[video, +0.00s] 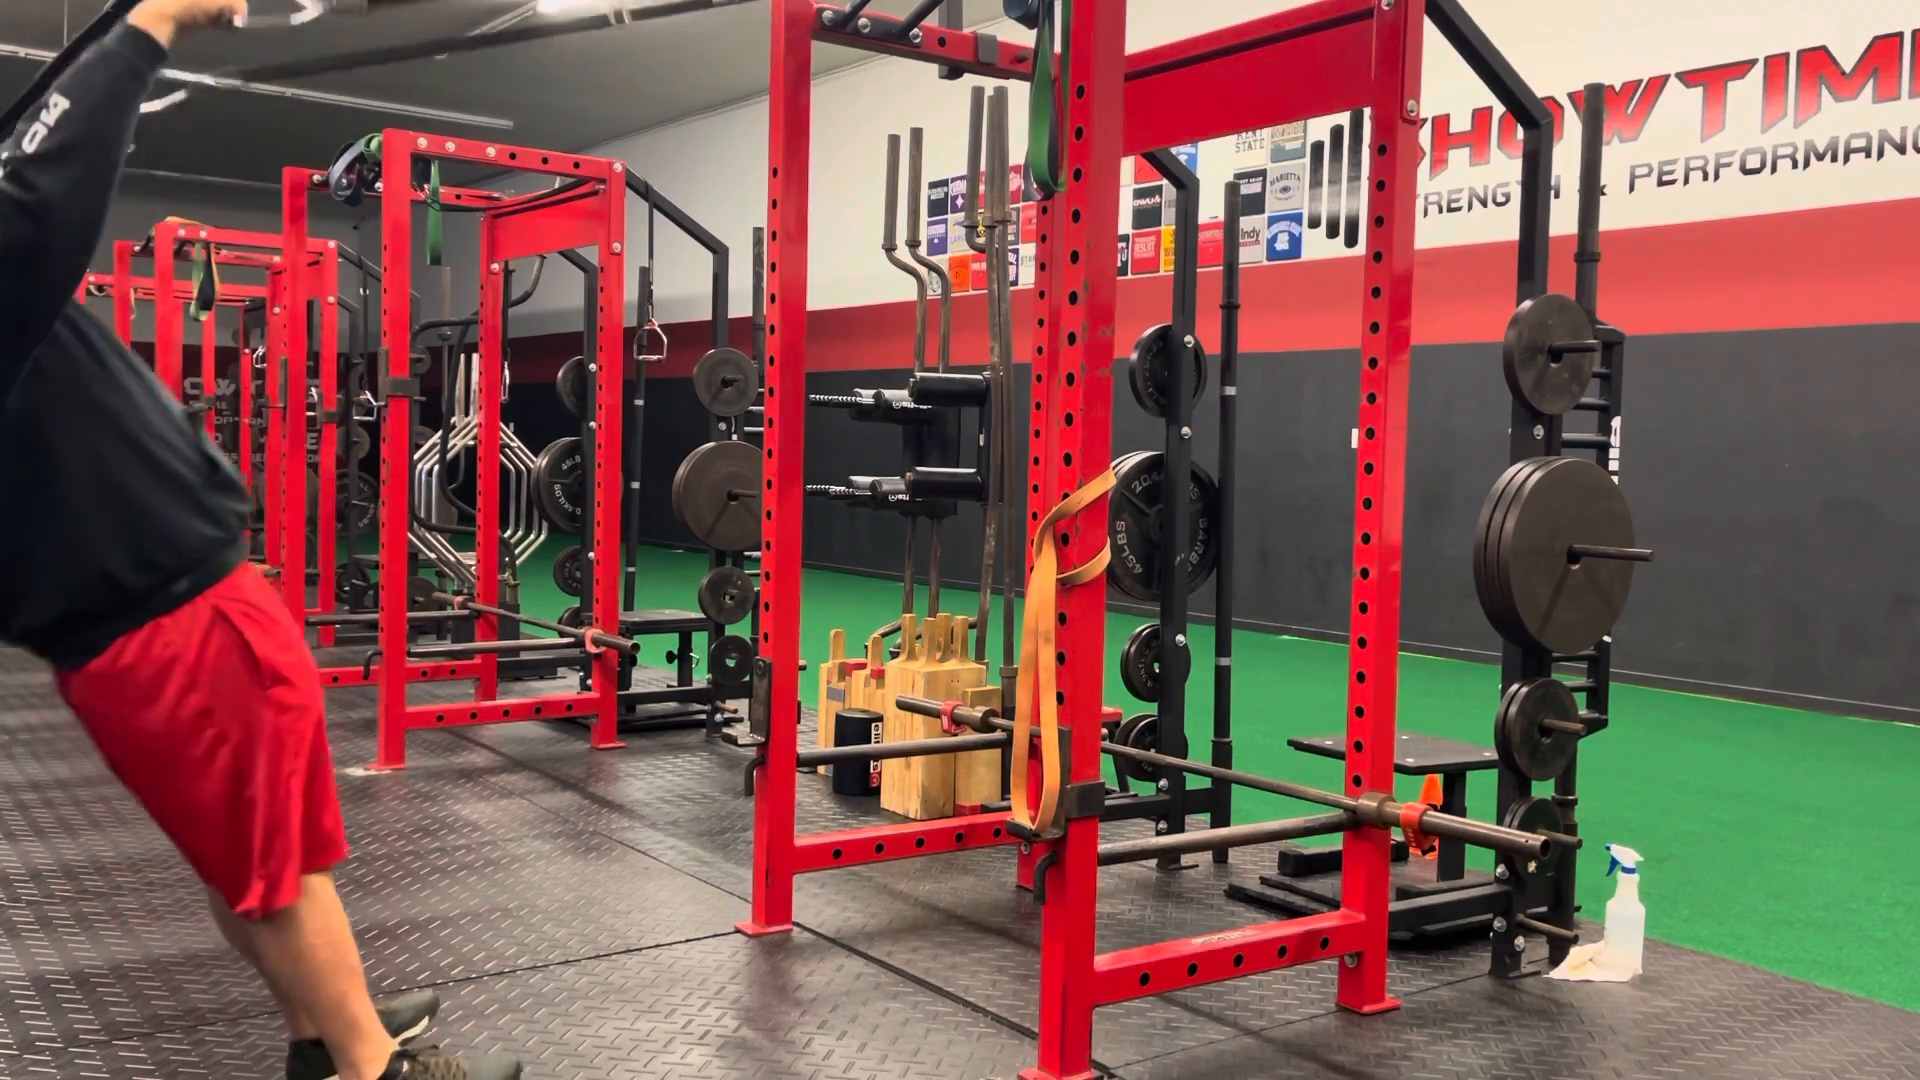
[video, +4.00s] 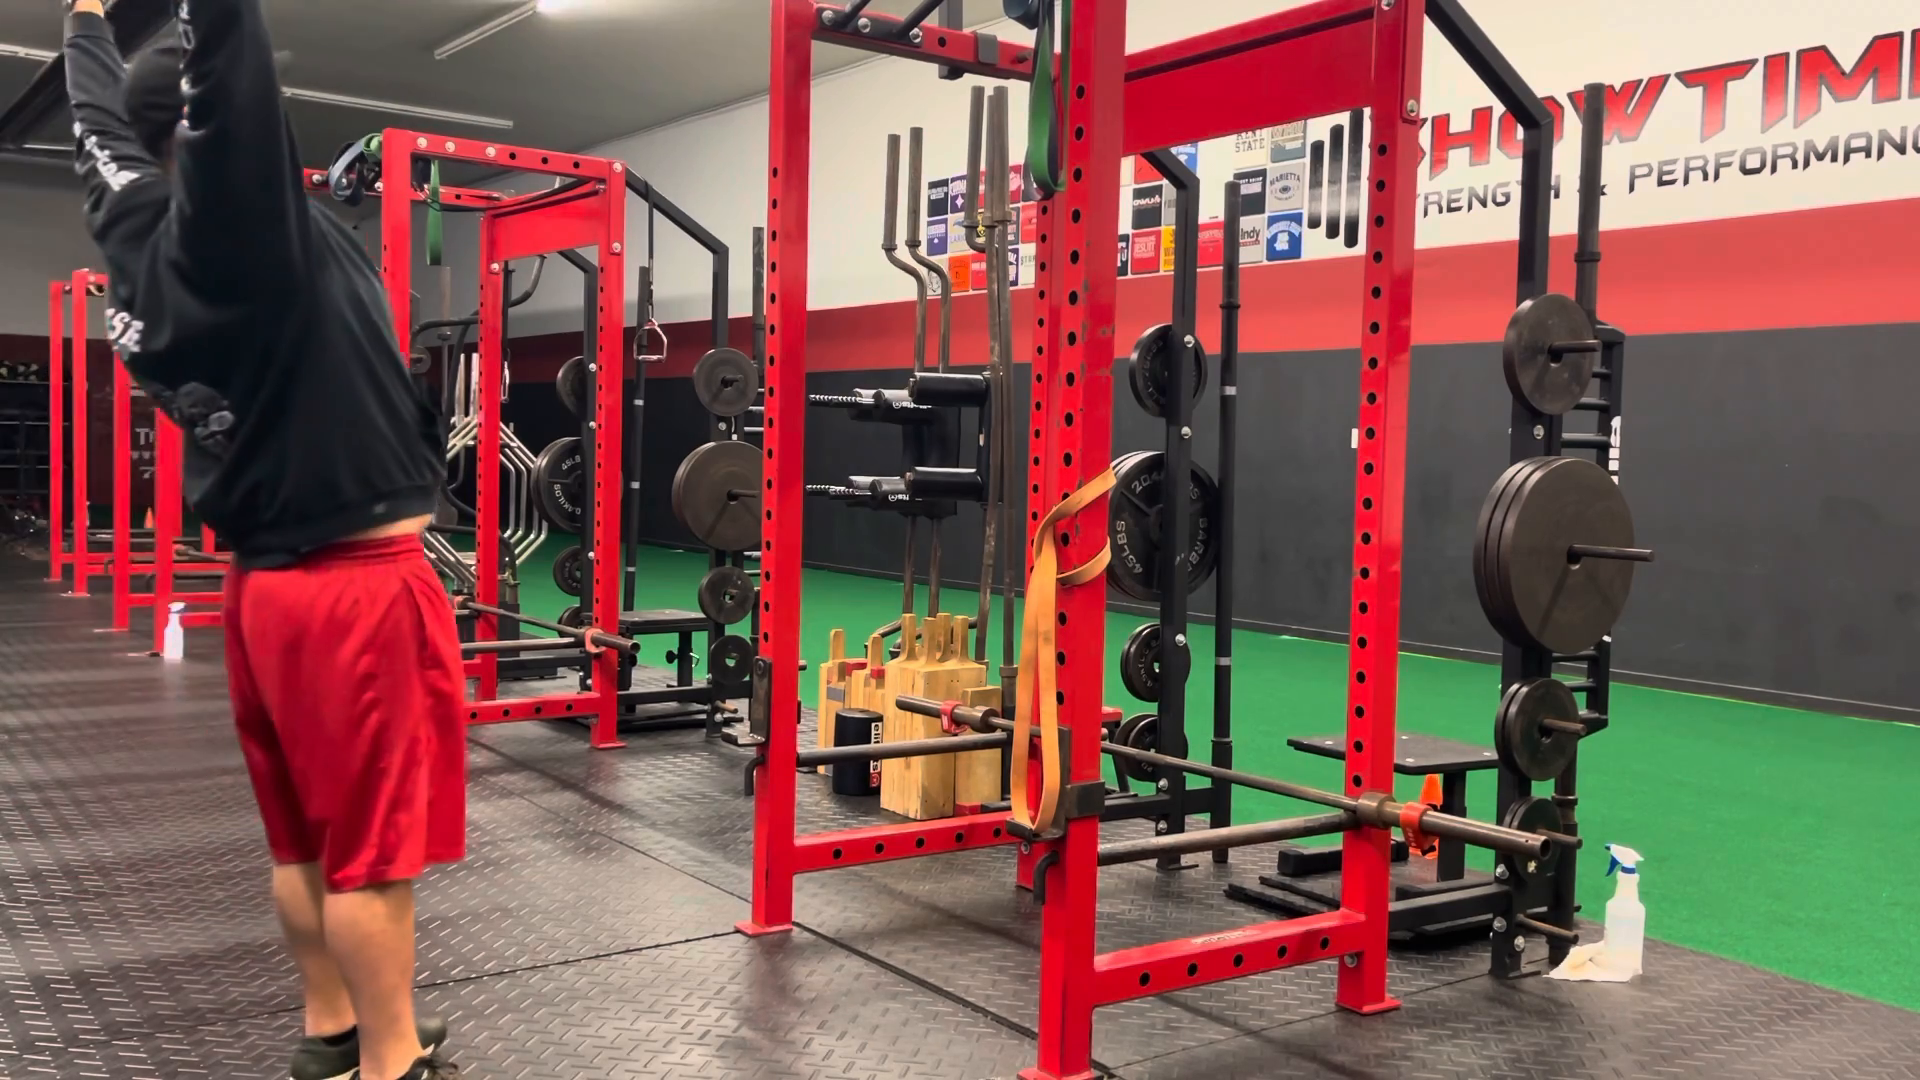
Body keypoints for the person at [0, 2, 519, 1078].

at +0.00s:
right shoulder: (11, 289)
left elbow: (33, 139)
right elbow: (43, 186)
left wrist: (140, 19)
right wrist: (150, 22)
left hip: (125, 621)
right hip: (169, 611)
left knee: (248, 863)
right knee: (282, 870)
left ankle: (329, 1035)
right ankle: (371, 1059)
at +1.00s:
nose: (367, 121)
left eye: (359, 104)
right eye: (349, 104)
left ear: (282, 141)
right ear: (296, 121)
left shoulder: (219, 237)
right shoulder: (320, 226)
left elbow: (144, 154)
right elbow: (248, 51)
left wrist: (93, 39)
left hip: (295, 584)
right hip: (384, 589)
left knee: (306, 829)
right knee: (381, 853)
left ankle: (335, 1027)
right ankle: (393, 1058)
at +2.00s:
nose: (79, 132)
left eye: (74, 117)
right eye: (59, 121)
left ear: (29, 147)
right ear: (31, 148)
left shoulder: (37, 277)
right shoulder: (76, 263)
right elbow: (121, 88)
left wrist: (75, 35)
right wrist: (101, 7)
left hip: (201, 611)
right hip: (269, 606)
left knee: (275, 845)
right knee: (333, 858)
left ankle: (329, 1033)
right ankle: (386, 1061)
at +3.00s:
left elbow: (25, 307)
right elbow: (23, 314)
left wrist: (184, 215)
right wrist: (186, 210)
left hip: (53, 629)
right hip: (55, 632)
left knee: (204, 839)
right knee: (219, 869)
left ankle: (326, 1026)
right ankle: (361, 1065)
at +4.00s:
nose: (248, 122)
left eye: (221, 99)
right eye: (226, 99)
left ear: (149, 137)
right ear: (216, 119)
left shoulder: (146, 239)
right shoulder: (244, 220)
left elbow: (105, 130)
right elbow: (230, 62)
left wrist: (83, 18)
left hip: (263, 591)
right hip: (355, 591)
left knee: (300, 836)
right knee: (371, 855)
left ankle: (331, 1027)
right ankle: (392, 1056)